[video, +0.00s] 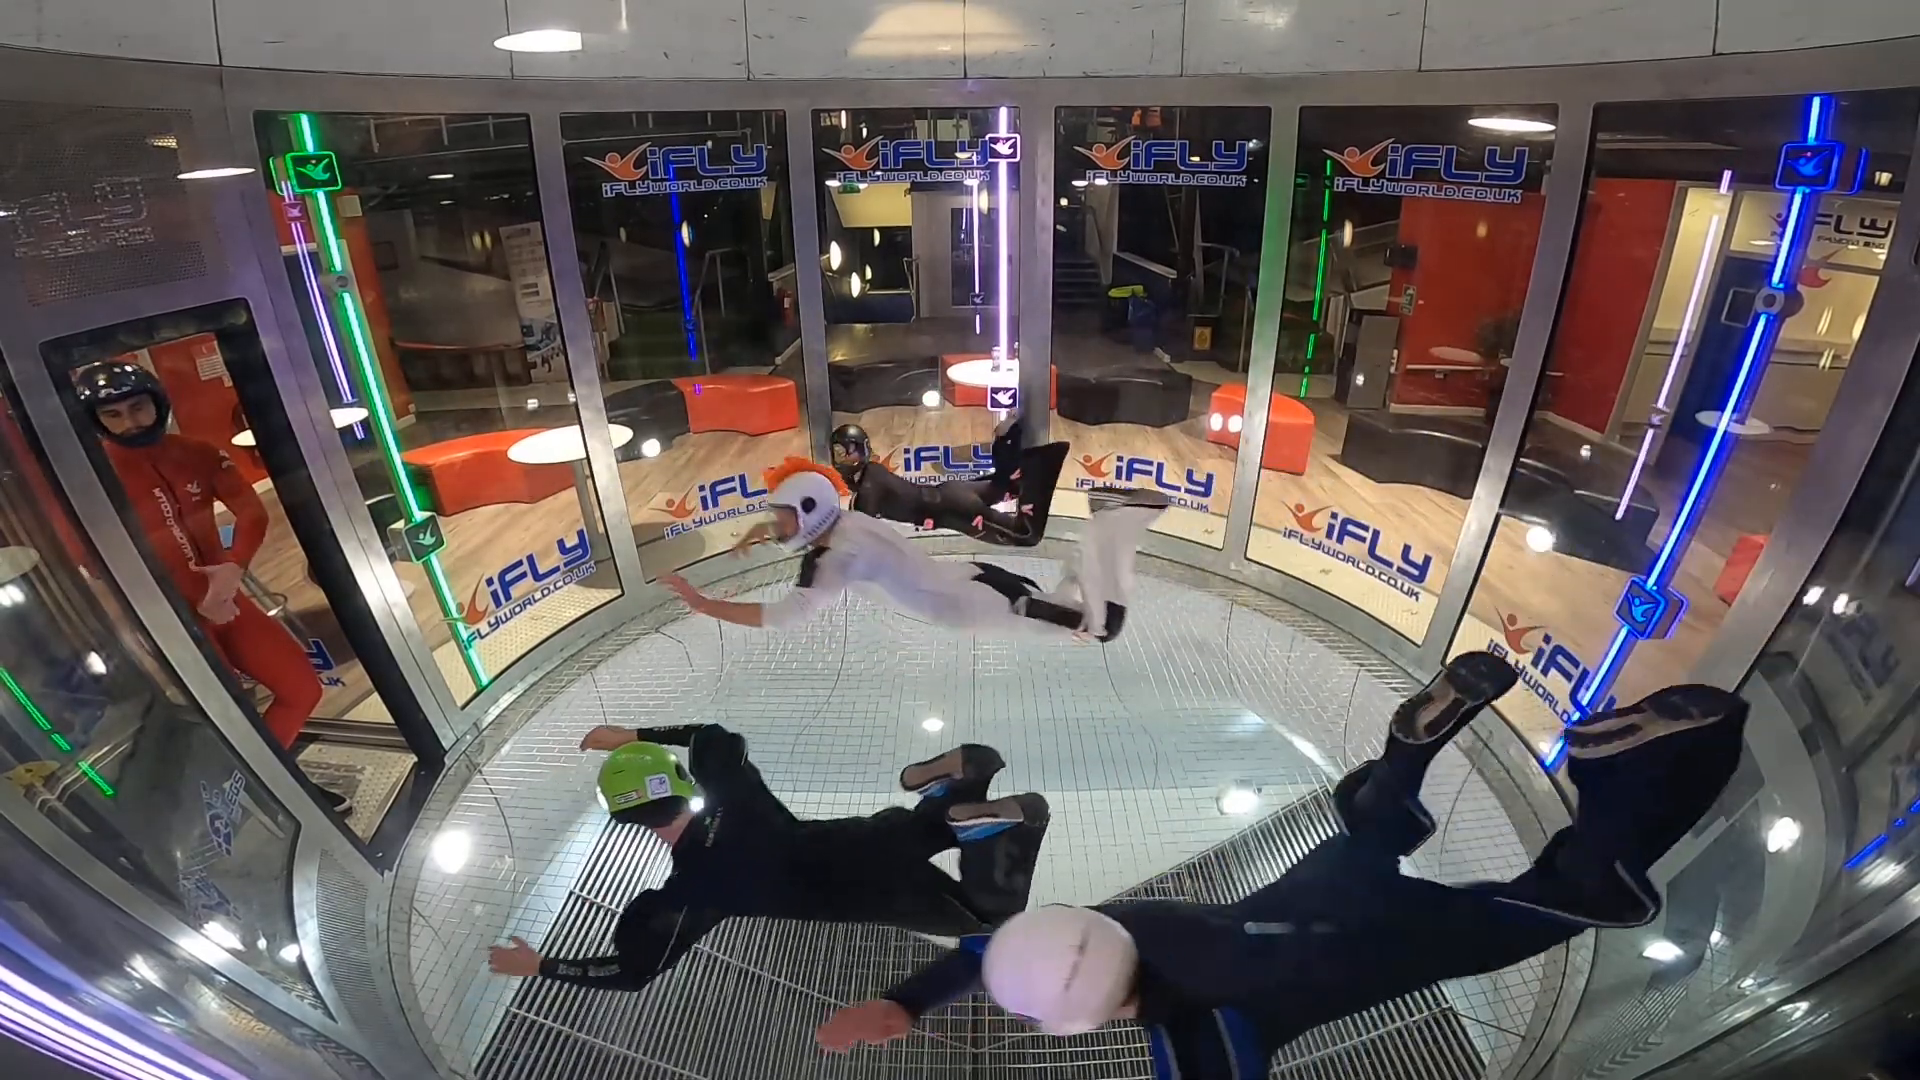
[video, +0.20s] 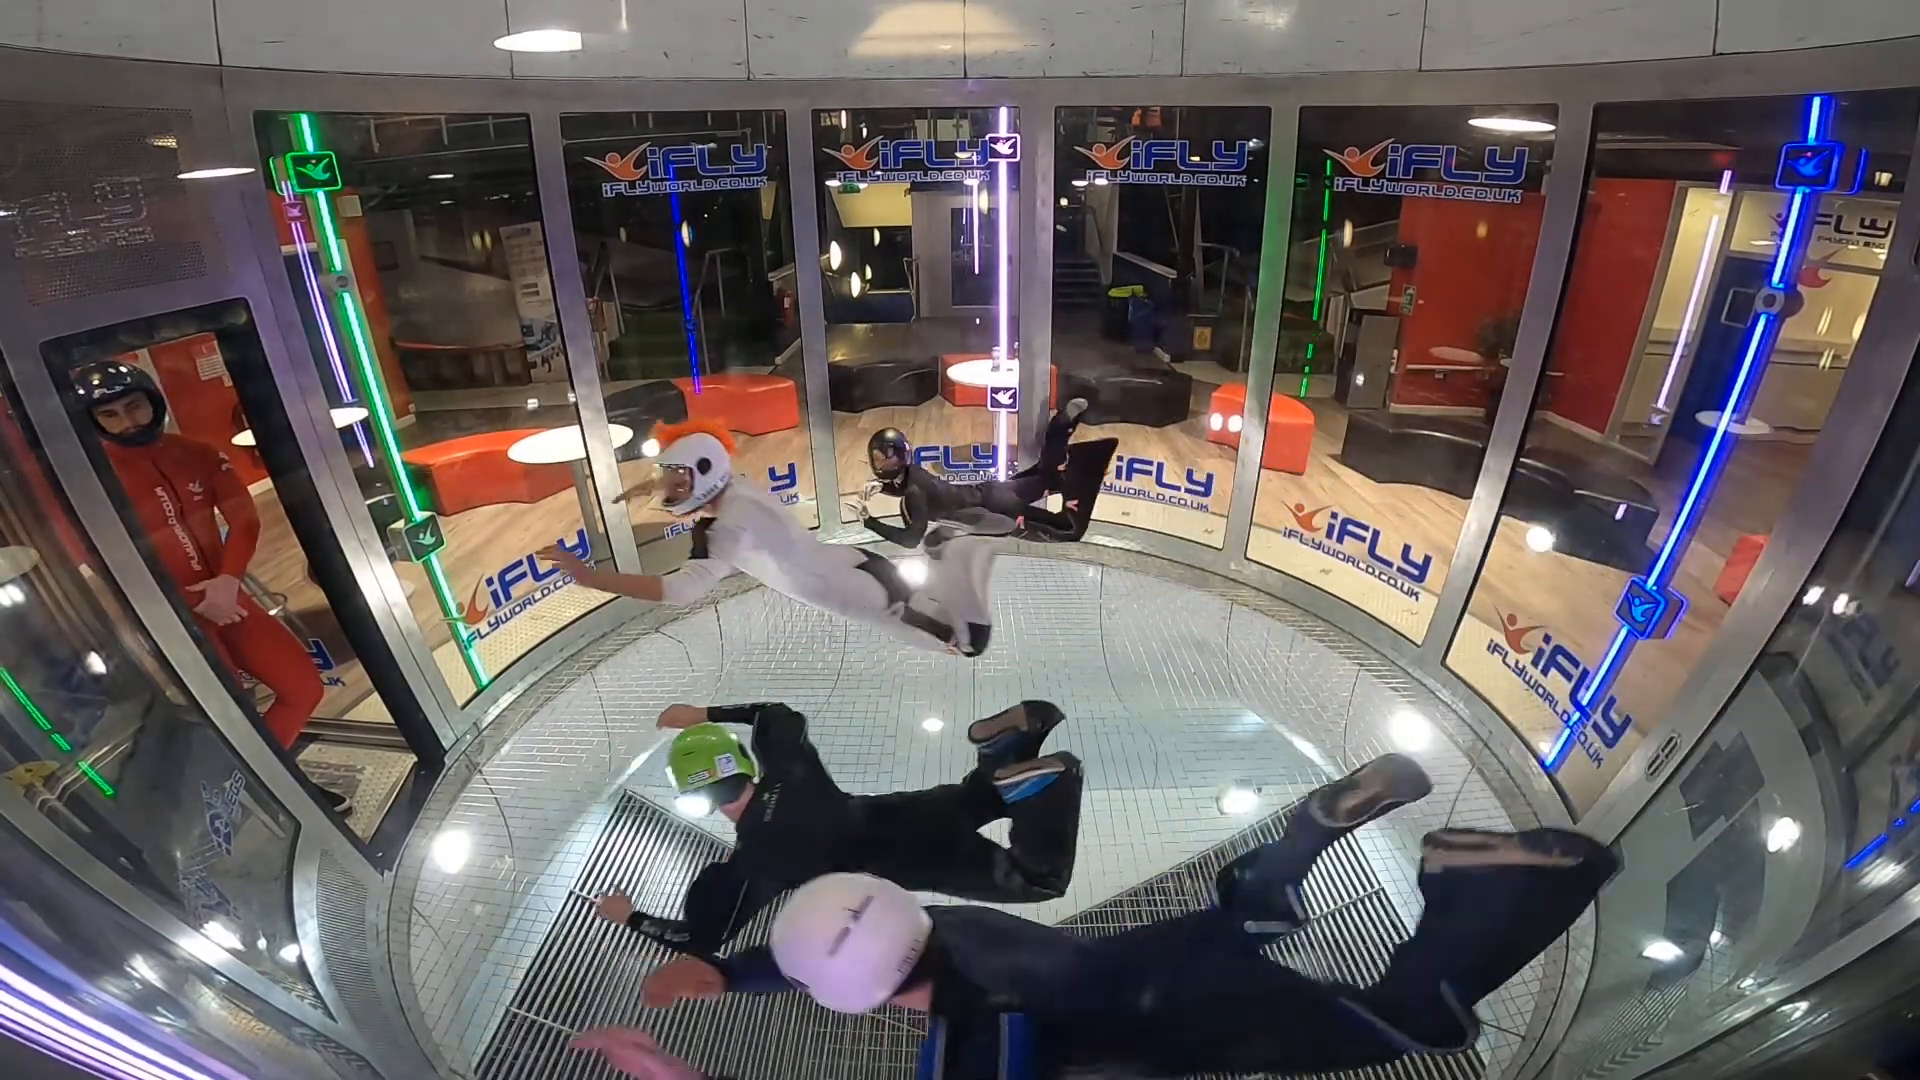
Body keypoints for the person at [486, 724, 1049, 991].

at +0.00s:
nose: (658, 810)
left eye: (645, 812)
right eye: (656, 797)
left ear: (644, 828)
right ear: (676, 786)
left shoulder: (690, 895)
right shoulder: (729, 789)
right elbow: (709, 736)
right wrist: (638, 738)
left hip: (875, 900)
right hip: (875, 834)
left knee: (993, 926)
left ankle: (993, 843)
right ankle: (956, 780)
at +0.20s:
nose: (710, 806)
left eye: (707, 800)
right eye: (712, 790)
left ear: (717, 802)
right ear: (741, 763)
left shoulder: (755, 862)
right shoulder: (785, 764)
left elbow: (701, 939)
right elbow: (774, 714)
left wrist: (633, 919)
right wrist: (707, 716)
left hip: (918, 865)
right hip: (916, 807)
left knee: (1042, 877)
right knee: (981, 797)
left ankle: (1046, 782)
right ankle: (1008, 740)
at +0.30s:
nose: (754, 793)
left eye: (744, 786)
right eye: (751, 779)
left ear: (743, 792)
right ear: (776, 751)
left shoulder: (793, 847)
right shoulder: (820, 750)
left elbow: (757, 901)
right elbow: (805, 707)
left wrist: (686, 898)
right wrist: (740, 711)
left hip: (964, 852)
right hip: (961, 799)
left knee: (1072, 864)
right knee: (1026, 777)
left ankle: (1086, 765)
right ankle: (1042, 719)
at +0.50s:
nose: (850, 779)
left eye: (847, 772)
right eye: (843, 771)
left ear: (841, 777)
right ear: (866, 741)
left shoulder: (885, 825)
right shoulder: (898, 747)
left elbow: (836, 894)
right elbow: (880, 706)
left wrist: (792, 864)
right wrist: (826, 720)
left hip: (1039, 825)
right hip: (1038, 774)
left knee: (1148, 826)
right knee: (1094, 763)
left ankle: (1160, 751)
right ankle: (1104, 718)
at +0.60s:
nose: (868, 771)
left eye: (865, 763)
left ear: (882, 769)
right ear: (902, 727)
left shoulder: (922, 810)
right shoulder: (930, 722)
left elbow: (889, 881)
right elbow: (907, 705)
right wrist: (852, 725)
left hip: (1041, 826)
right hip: (1026, 777)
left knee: (1171, 820)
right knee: (1112, 755)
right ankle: (1153, 715)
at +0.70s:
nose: (921, 763)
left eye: (922, 757)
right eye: (918, 753)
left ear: (936, 754)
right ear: (936, 712)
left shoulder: (965, 783)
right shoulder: (962, 708)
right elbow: (930, 701)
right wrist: (889, 721)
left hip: (1086, 808)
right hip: (1071, 768)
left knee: (1206, 814)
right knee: (1162, 747)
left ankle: (1253, 729)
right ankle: (1198, 687)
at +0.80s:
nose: (947, 749)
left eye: (949, 743)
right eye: (944, 740)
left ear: (969, 745)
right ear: (982, 714)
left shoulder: (1006, 789)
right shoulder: (1007, 716)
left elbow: (964, 851)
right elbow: (986, 692)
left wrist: (933, 830)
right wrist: (930, 707)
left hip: (1135, 801)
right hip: (1120, 760)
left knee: (1244, 800)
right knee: (1196, 736)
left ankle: (1300, 719)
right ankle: (1237, 666)